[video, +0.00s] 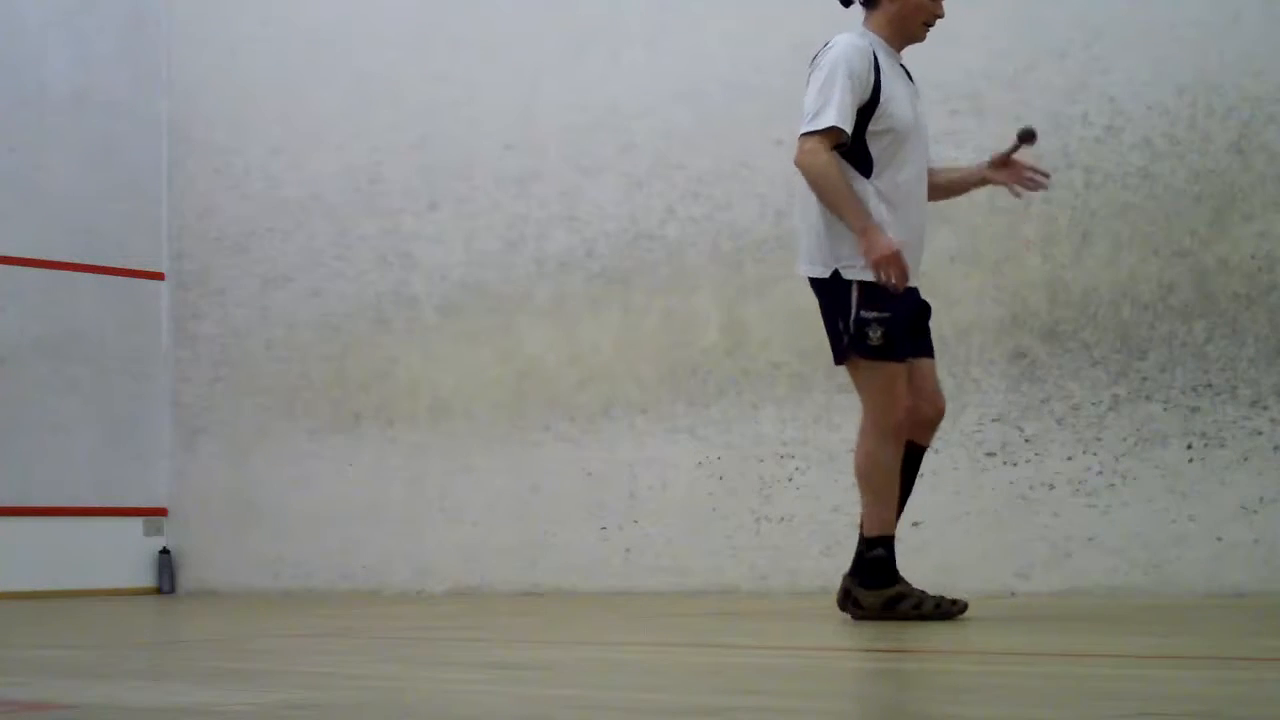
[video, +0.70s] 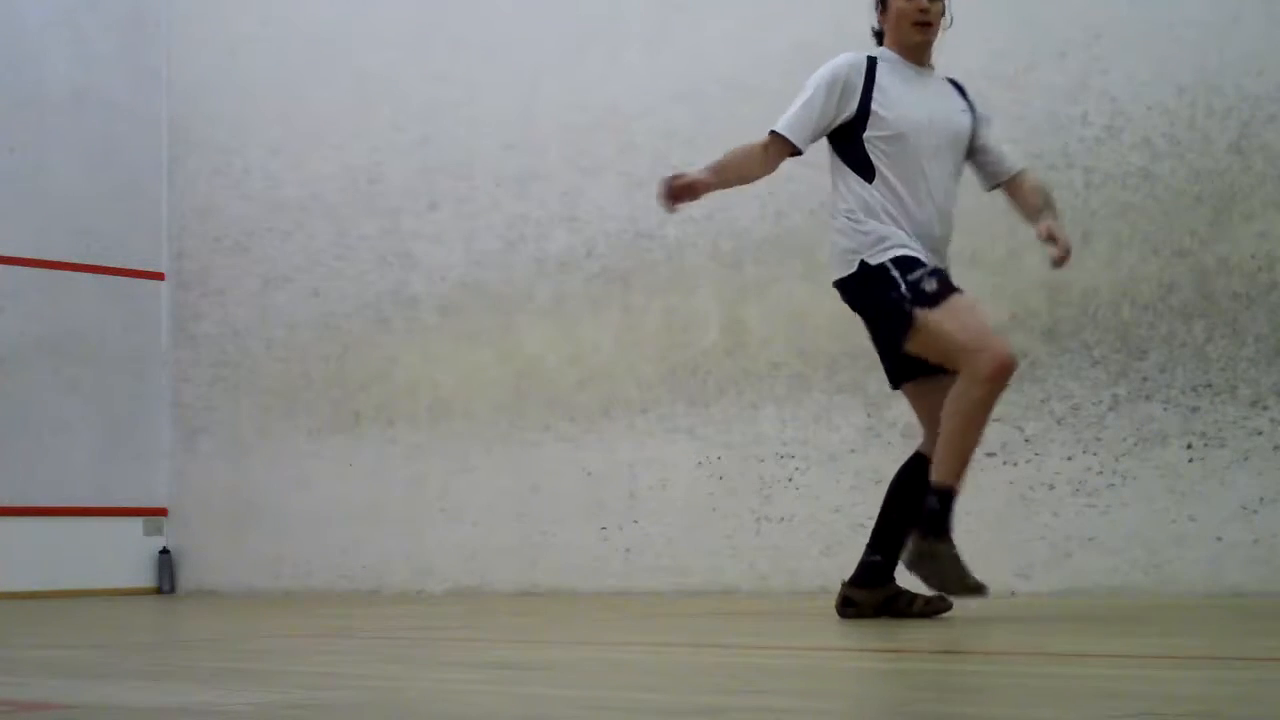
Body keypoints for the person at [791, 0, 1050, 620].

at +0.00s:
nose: (941, 11)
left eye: (940, 3)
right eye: (933, 0)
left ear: (899, 4)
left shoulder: (897, 72)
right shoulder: (849, 54)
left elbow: (909, 185)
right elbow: (812, 151)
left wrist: (985, 171)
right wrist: (870, 233)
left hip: (892, 266)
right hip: (852, 267)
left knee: (924, 409)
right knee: (886, 411)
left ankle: (869, 571)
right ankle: (874, 580)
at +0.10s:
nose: (932, 12)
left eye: (932, 3)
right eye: (923, 1)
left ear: (886, 7)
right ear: (882, 2)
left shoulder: (883, 73)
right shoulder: (845, 58)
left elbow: (896, 191)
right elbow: (802, 159)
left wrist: (975, 203)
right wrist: (859, 234)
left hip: (880, 269)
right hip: (868, 269)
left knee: (908, 418)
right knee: (942, 401)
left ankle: (869, 577)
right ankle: (894, 568)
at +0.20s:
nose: (927, 26)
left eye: (928, 15)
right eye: (917, 13)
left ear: (888, 18)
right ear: (875, 12)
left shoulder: (878, 89)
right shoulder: (842, 75)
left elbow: (891, 207)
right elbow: (792, 176)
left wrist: (963, 233)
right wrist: (846, 246)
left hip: (881, 274)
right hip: (879, 270)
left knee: (928, 432)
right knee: (1012, 343)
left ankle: (869, 582)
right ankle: (939, 484)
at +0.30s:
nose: (928, 38)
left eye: (930, 26)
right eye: (919, 24)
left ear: (896, 28)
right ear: (877, 22)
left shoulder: (882, 96)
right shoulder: (843, 85)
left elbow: (878, 197)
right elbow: (790, 183)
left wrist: (932, 237)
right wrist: (848, 259)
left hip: (881, 277)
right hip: (880, 267)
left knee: (937, 430)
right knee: (1031, 257)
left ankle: (869, 582)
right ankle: (969, 405)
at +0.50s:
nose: (931, 21)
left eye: (934, 11)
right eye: (918, 9)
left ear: (931, 20)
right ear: (878, 12)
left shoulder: (907, 92)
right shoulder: (848, 72)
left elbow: (917, 205)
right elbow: (785, 167)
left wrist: (993, 286)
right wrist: (835, 216)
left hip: (898, 268)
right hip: (874, 262)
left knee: (935, 431)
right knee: (1028, 233)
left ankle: (869, 581)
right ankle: (936, 377)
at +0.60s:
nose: (927, 13)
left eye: (934, 4)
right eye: (912, 2)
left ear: (940, 16)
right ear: (879, 12)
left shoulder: (935, 105)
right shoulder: (850, 69)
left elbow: (963, 206)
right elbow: (777, 152)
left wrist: (1020, 269)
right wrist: (771, 179)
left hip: (894, 263)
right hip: (872, 255)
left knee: (948, 431)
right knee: (1017, 304)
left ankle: (870, 581)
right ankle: (917, 446)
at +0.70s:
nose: (925, 8)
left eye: (934, 0)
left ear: (944, 13)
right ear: (882, 12)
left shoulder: (956, 99)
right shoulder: (852, 72)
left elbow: (1009, 177)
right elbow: (773, 149)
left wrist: (1043, 217)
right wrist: (705, 179)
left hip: (917, 266)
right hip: (875, 258)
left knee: (948, 435)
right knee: (989, 361)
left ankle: (870, 581)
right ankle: (931, 534)